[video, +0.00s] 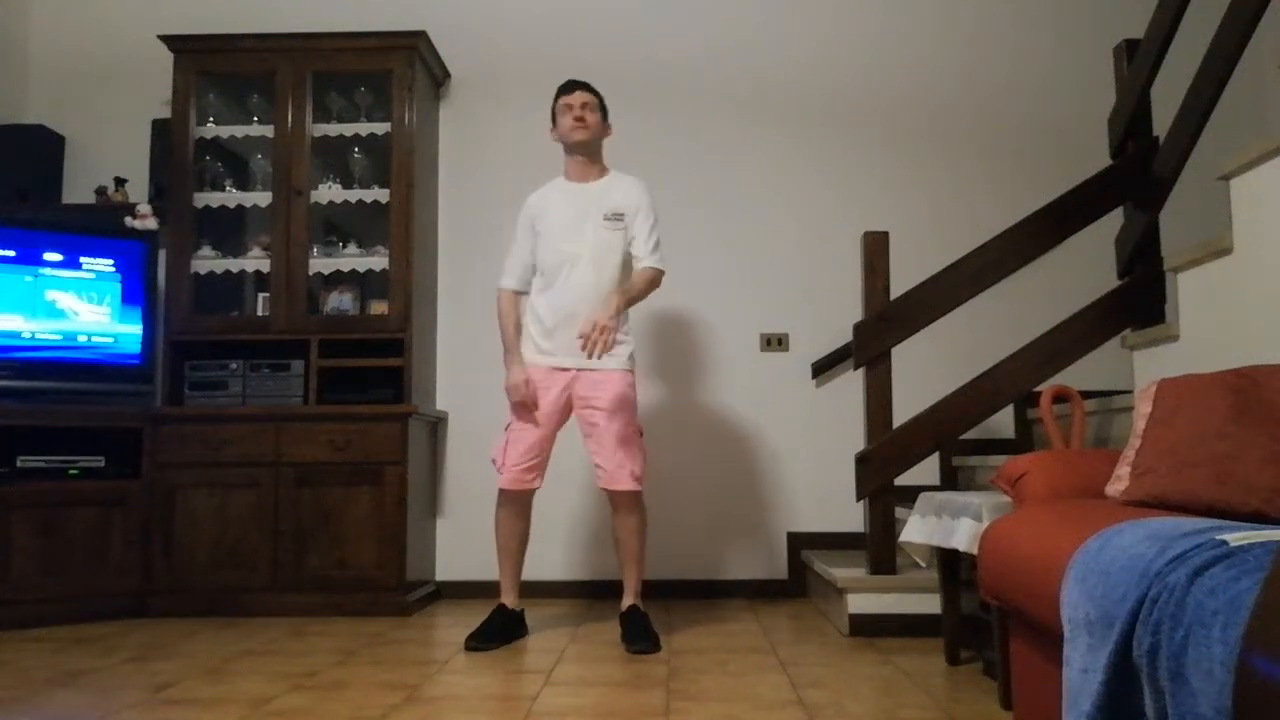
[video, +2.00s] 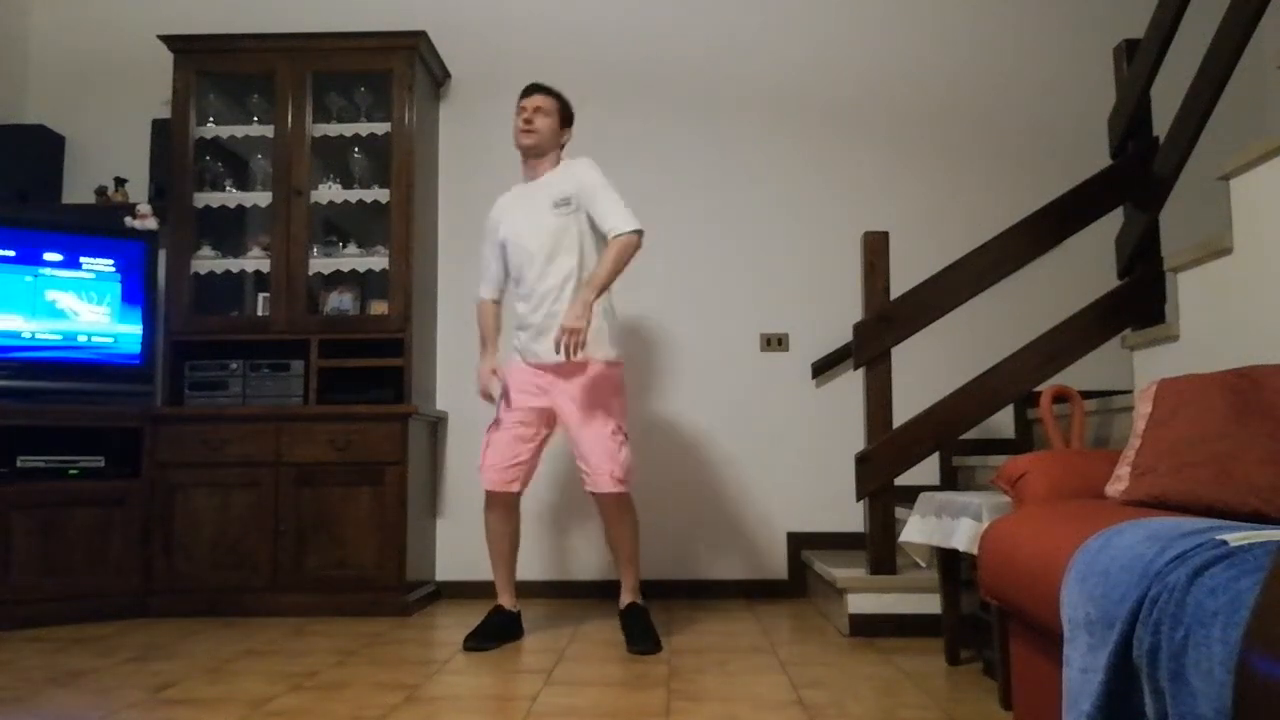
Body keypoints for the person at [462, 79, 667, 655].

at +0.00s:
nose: (579, 115)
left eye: (588, 109)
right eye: (568, 111)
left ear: (607, 127)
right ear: (554, 132)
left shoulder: (630, 194)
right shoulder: (537, 204)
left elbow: (649, 271)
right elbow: (510, 288)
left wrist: (615, 304)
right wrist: (512, 361)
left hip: (607, 365)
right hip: (541, 365)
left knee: (623, 485)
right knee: (513, 483)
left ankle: (632, 605)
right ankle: (508, 607)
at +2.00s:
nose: (525, 119)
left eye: (538, 113)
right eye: (521, 113)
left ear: (563, 131)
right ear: (514, 129)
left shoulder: (579, 174)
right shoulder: (503, 208)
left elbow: (627, 236)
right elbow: (489, 290)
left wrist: (585, 301)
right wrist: (489, 353)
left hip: (588, 366)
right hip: (524, 371)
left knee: (610, 485)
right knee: (498, 482)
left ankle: (632, 601)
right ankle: (505, 608)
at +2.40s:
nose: (565, 122)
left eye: (572, 109)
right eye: (553, 117)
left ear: (595, 114)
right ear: (547, 131)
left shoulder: (631, 183)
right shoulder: (535, 191)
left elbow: (656, 265)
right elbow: (488, 265)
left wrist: (608, 309)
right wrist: (500, 342)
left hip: (607, 369)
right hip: (535, 365)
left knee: (626, 485)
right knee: (486, 465)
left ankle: (629, 605)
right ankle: (494, 591)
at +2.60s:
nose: (593, 118)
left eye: (603, 110)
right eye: (582, 115)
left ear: (626, 125)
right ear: (574, 133)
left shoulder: (646, 205)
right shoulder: (559, 182)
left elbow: (654, 296)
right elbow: (494, 243)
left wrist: (617, 347)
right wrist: (494, 327)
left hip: (611, 376)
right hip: (541, 366)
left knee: (629, 488)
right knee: (493, 475)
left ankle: (629, 607)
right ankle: (492, 596)